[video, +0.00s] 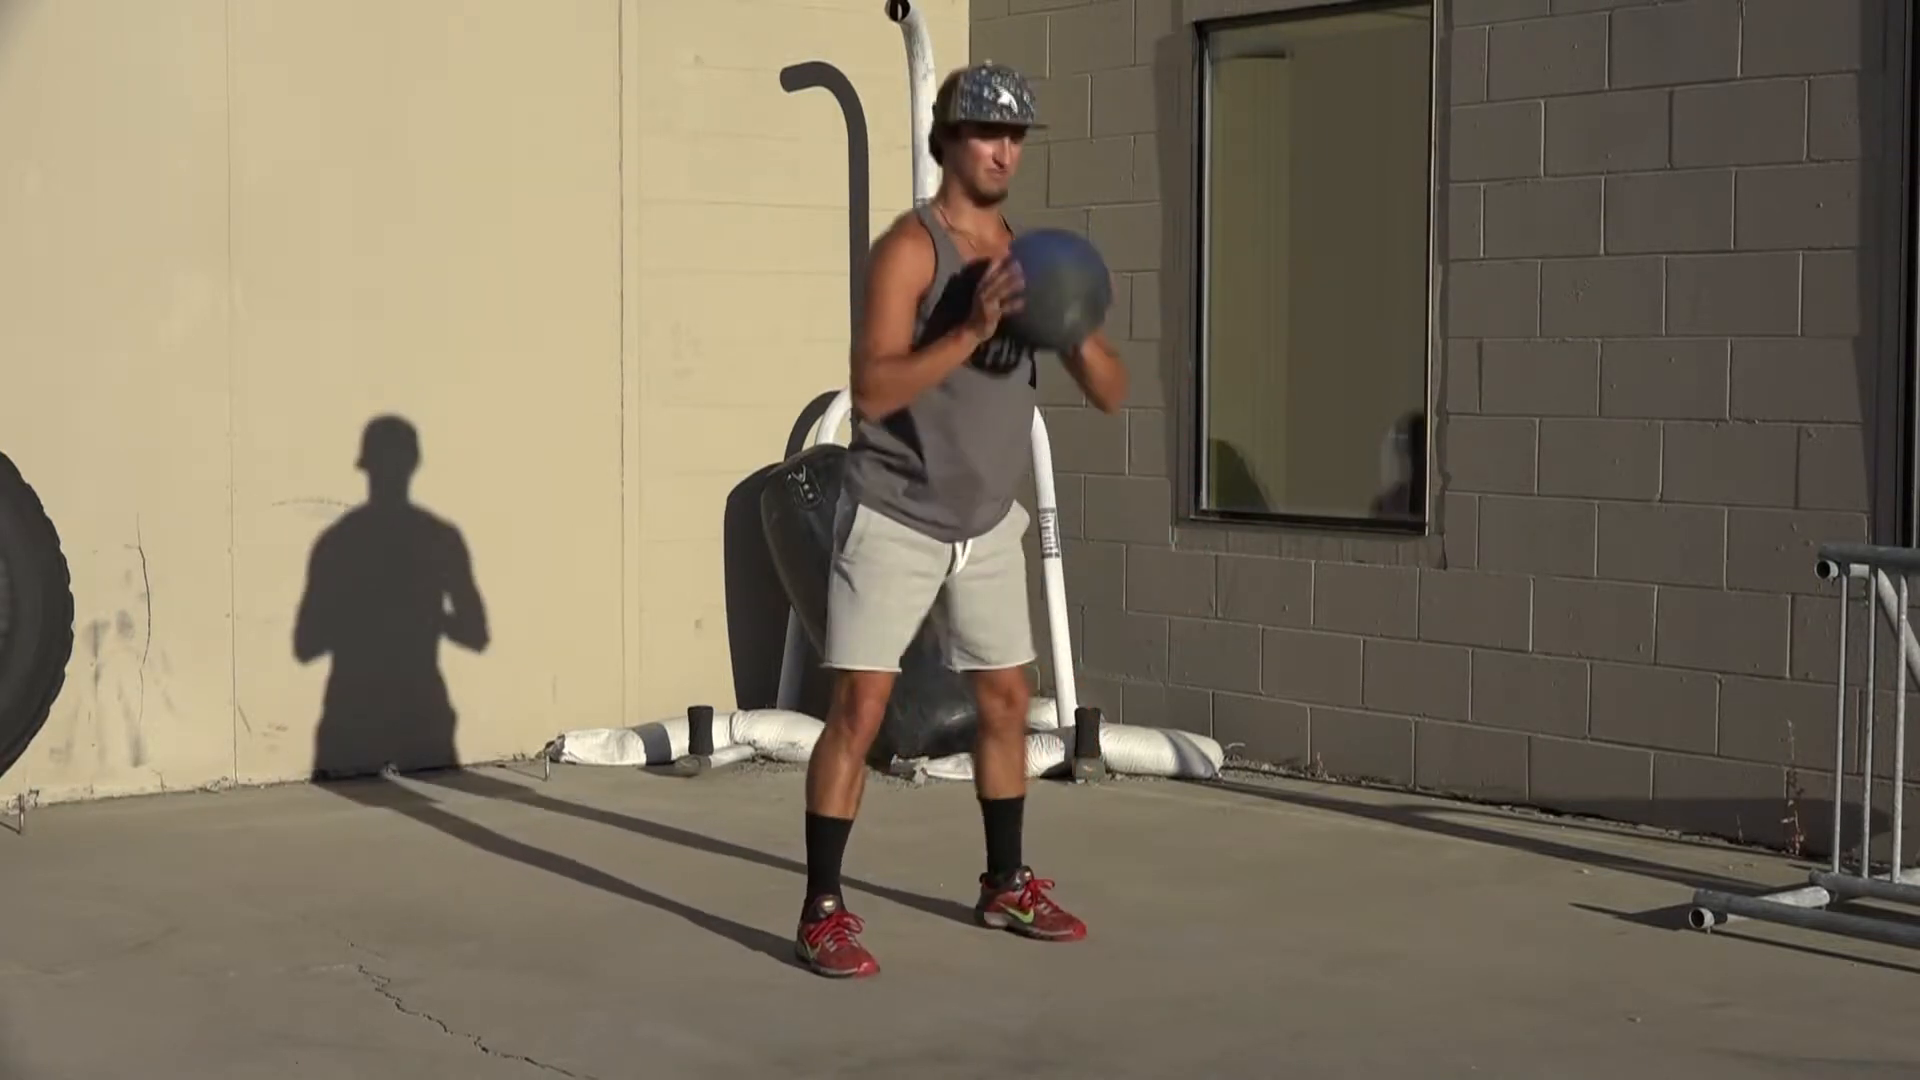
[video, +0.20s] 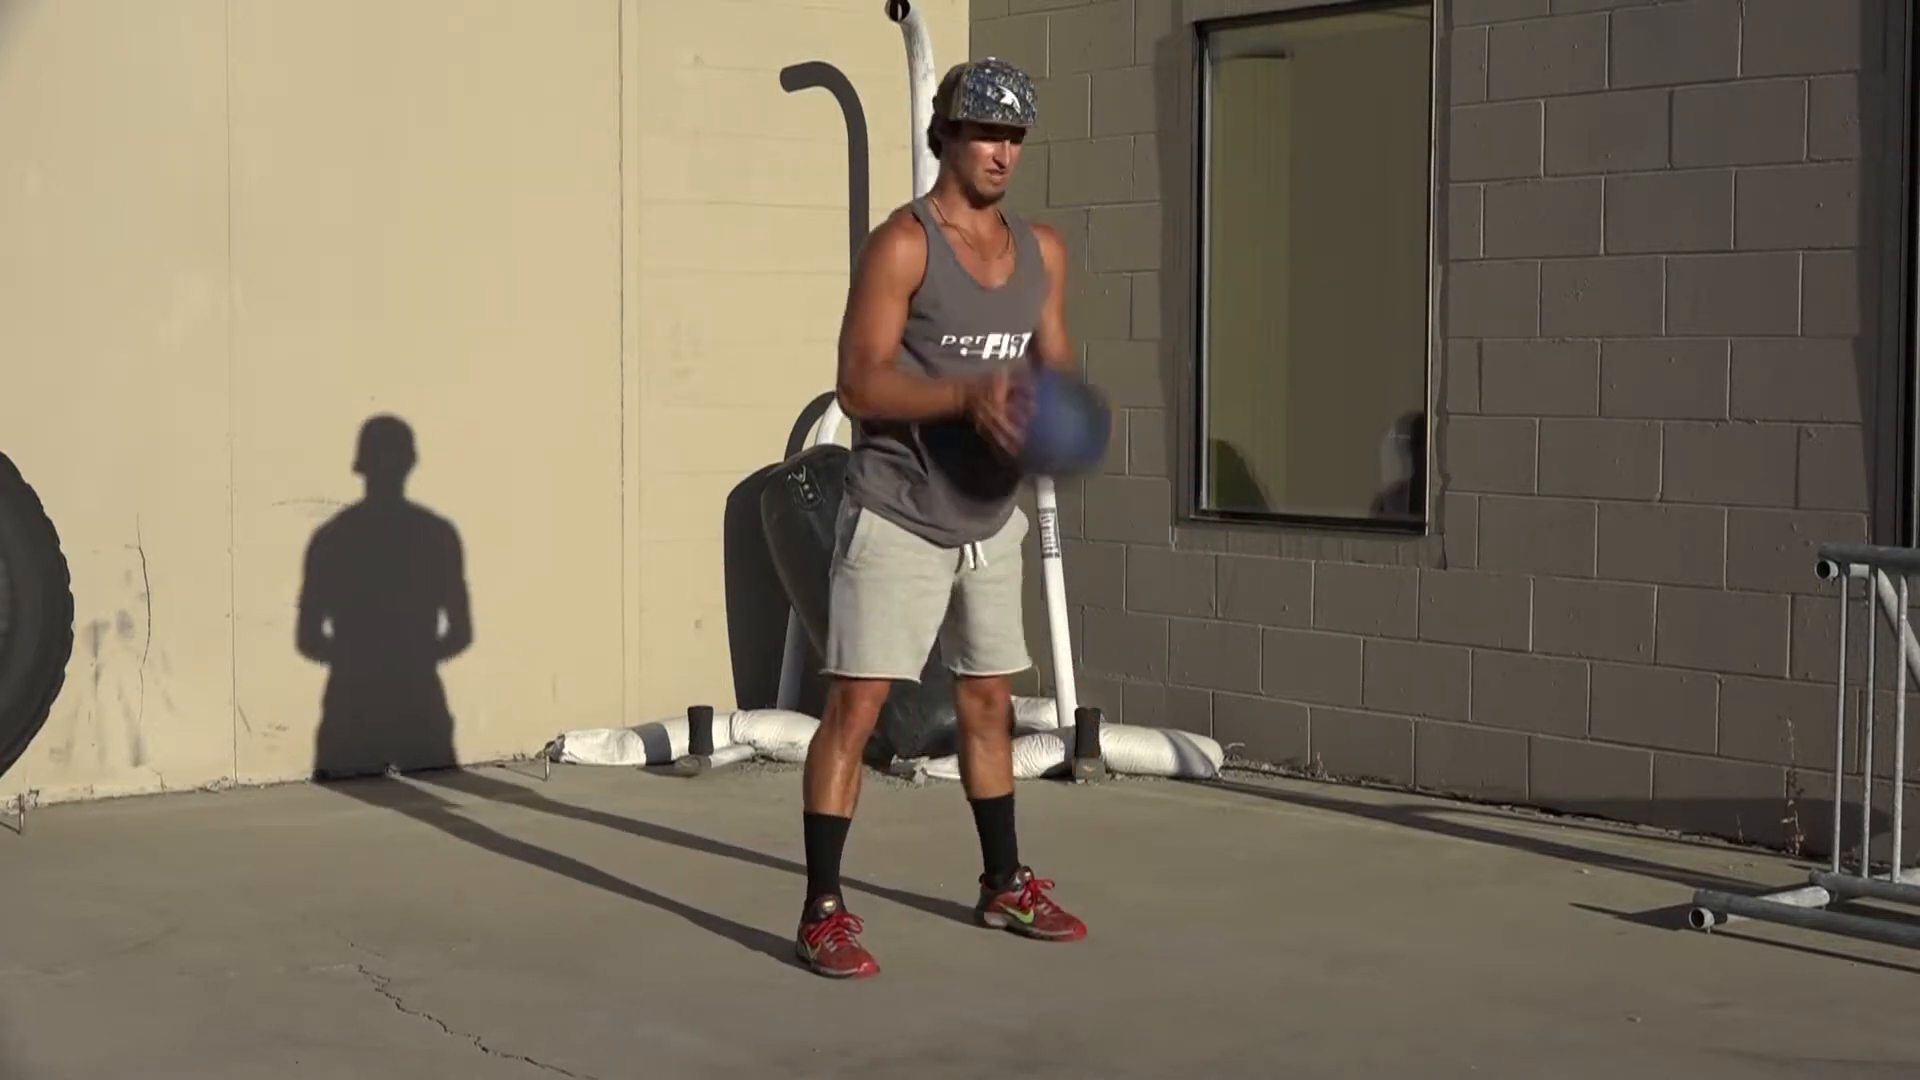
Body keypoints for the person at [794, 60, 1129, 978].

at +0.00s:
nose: (1001, 150)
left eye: (1012, 137)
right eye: (983, 134)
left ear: (1024, 151)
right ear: (945, 143)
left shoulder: (1030, 258)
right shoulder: (906, 251)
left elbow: (1112, 393)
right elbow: (871, 393)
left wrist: (1066, 314)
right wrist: (973, 330)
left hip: (992, 522)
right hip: (894, 517)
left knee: (1004, 700)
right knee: (860, 710)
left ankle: (1006, 886)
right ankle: (822, 910)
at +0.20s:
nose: (997, 153)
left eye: (1011, 139)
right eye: (980, 135)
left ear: (1024, 149)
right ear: (943, 139)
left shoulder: (1041, 249)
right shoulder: (901, 245)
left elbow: (1054, 371)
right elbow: (859, 385)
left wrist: (1061, 416)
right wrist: (966, 393)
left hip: (994, 513)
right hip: (899, 507)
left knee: (988, 698)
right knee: (859, 702)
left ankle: (1004, 886)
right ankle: (823, 910)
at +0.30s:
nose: (1010, 166)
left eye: (1022, 151)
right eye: (993, 149)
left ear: (1032, 159)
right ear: (953, 150)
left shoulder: (1044, 260)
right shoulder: (905, 256)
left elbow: (1058, 398)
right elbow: (870, 401)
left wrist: (1070, 490)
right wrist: (966, 467)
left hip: (987, 515)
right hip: (888, 513)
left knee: (996, 698)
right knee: (857, 706)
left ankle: (1005, 887)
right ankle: (822, 910)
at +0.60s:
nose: (1051, 326)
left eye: (1063, 310)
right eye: (1034, 307)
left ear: (1071, 319)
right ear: (993, 310)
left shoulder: (1062, 415)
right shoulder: (924, 408)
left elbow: (1056, 565)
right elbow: (927, 575)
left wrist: (1057, 703)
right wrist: (958, 706)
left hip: (951, 553)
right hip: (847, 545)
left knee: (1027, 694)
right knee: (857, 710)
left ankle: (1007, 883)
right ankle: (821, 913)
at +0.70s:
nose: (1058, 392)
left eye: (1069, 376)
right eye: (1043, 373)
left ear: (1078, 384)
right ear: (999, 377)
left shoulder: (1066, 477)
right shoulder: (930, 471)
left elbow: (1056, 630)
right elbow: (933, 634)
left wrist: (1049, 773)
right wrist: (953, 769)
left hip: (953, 587)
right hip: (841, 576)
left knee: (1034, 711)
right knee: (861, 719)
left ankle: (1012, 886)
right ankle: (822, 911)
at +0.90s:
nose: (1074, 484)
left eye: (1084, 468)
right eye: (1058, 465)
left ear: (1091, 476)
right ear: (1012, 467)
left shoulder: (1071, 562)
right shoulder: (938, 550)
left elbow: (1049, 713)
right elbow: (937, 715)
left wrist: (1034, 858)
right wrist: (947, 852)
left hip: (934, 615)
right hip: (827, 598)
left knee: (1041, 715)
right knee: (873, 721)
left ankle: (1011, 883)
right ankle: (825, 910)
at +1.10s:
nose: (1078, 494)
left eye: (1088, 478)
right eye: (1061, 476)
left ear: (1097, 485)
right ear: (1015, 477)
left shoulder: (1078, 569)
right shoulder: (944, 561)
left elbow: (1049, 714)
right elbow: (936, 720)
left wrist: (1031, 856)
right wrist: (939, 856)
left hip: (930, 620)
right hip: (828, 605)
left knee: (1045, 714)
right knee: (874, 725)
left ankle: (1015, 879)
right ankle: (824, 911)